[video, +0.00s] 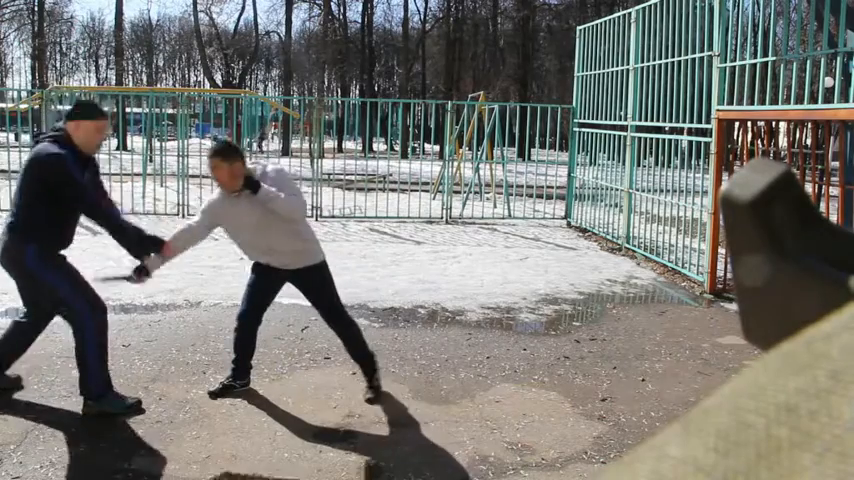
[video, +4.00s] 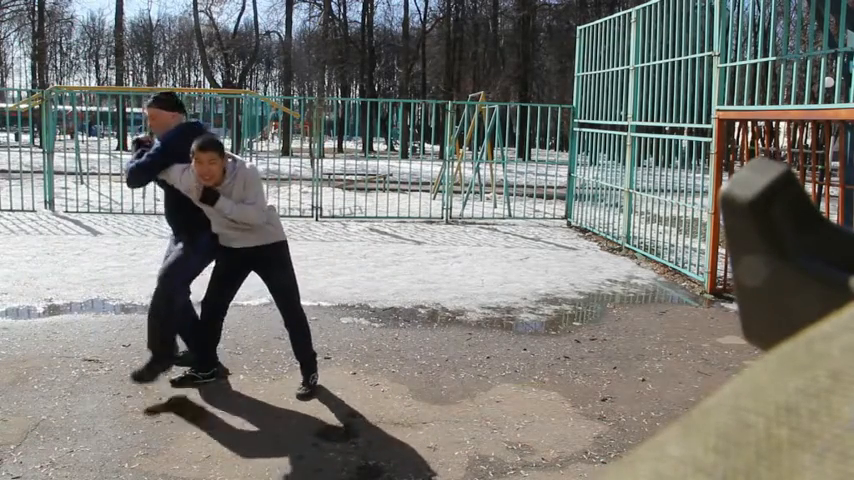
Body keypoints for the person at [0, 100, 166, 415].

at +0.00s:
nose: (103, 138)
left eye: (105, 131)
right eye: (98, 131)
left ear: (82, 130)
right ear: (75, 127)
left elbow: (105, 212)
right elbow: (98, 211)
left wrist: (143, 249)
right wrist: (151, 244)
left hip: (36, 253)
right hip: (28, 254)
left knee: (39, 312)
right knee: (90, 312)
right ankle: (98, 396)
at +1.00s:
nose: (53, 111)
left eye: (53, 103)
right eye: (49, 103)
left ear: (26, 101)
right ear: (25, 100)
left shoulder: (17, 131)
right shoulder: (10, 132)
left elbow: (28, 185)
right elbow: (27, 186)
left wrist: (73, 184)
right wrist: (75, 185)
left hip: (11, 239)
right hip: (7, 241)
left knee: (41, 310)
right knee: (42, 309)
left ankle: (56, 394)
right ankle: (56, 396)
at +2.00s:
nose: (25, 109)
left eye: (25, 101)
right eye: (20, 101)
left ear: (8, 103)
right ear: (1, 103)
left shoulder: (4, 138)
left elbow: (7, 188)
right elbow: (6, 190)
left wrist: (34, 182)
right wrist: (38, 182)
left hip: (11, 244)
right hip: (7, 246)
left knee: (4, 307)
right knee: (46, 306)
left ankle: (53, 389)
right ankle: (53, 391)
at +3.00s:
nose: (104, 106)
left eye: (103, 100)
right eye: (96, 101)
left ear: (100, 103)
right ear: (75, 105)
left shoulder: (100, 131)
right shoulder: (63, 133)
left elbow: (143, 139)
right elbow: (108, 136)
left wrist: (140, 101)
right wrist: (128, 97)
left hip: (90, 235)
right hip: (64, 236)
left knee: (117, 296)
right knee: (101, 305)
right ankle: (98, 376)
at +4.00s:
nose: (150, 124)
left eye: (152, 118)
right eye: (149, 119)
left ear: (171, 115)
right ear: (174, 116)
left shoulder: (180, 137)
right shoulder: (186, 132)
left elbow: (134, 177)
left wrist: (141, 151)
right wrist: (151, 149)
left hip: (201, 235)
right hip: (186, 231)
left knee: (167, 286)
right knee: (172, 288)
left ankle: (161, 356)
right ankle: (200, 350)